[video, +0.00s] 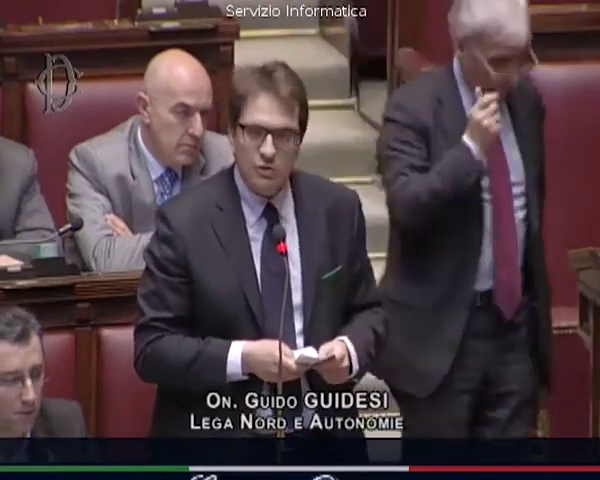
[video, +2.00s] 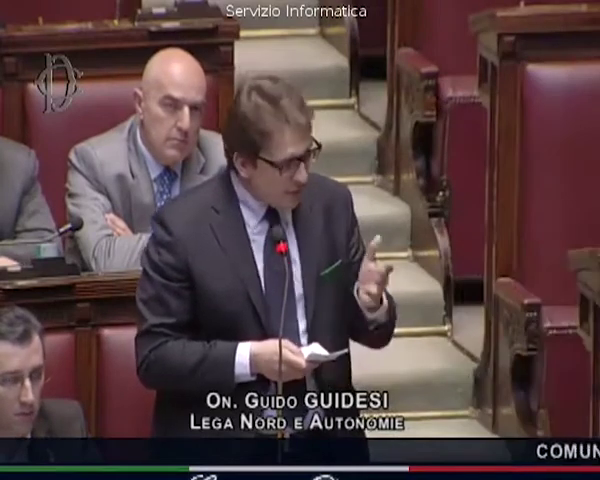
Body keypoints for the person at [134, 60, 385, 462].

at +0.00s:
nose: (268, 150)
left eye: (283, 135)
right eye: (254, 132)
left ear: (301, 138)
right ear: (233, 133)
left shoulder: (339, 208)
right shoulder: (182, 220)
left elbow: (370, 310)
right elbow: (152, 349)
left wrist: (351, 349)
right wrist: (242, 357)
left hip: (321, 437)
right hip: (215, 440)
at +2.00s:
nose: (304, 175)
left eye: (309, 156)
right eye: (288, 164)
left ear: (313, 143)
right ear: (243, 162)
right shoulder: (181, 224)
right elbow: (154, 357)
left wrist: (374, 306)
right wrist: (249, 358)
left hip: (325, 442)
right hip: (219, 448)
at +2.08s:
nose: (302, 179)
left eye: (307, 160)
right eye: (287, 169)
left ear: (312, 146)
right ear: (243, 165)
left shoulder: (329, 201)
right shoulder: (179, 226)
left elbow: (363, 324)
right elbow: (154, 359)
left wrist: (378, 319)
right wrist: (248, 358)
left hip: (325, 440)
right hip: (219, 447)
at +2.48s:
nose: (291, 191)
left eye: (299, 174)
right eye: (276, 178)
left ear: (307, 156)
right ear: (235, 165)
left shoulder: (328, 203)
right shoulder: (176, 227)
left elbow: (358, 300)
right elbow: (152, 359)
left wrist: (358, 333)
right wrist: (246, 359)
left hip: (322, 438)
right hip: (218, 444)